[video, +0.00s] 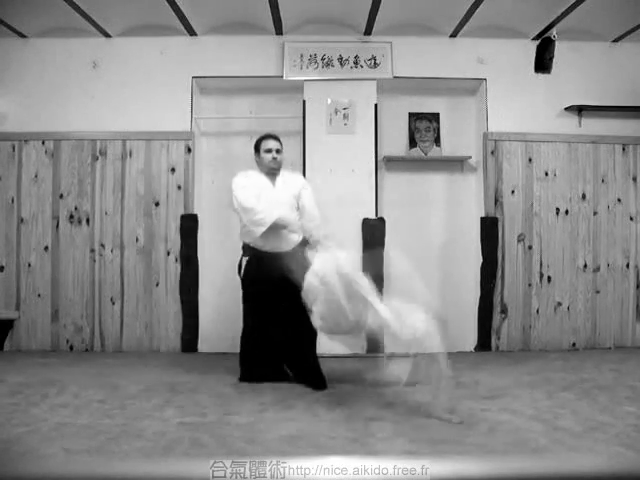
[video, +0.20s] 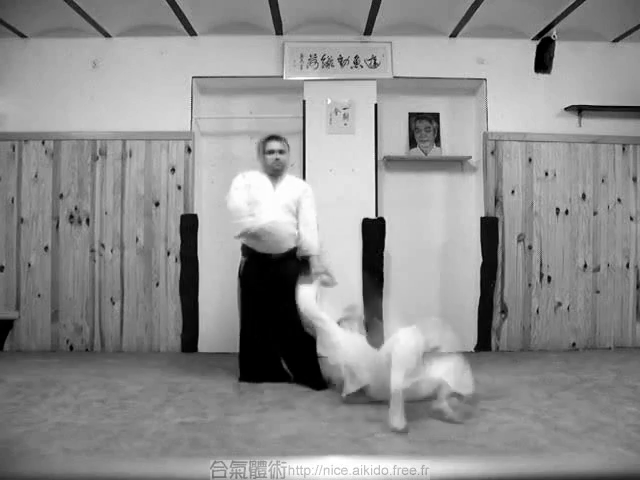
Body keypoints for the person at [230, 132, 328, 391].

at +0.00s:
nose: (274, 155)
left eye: (278, 151)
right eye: (268, 151)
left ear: (283, 155)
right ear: (257, 156)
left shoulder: (297, 182)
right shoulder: (244, 181)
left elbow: (312, 220)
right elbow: (255, 215)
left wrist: (315, 244)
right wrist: (291, 223)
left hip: (292, 258)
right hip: (259, 259)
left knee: (298, 320)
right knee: (259, 320)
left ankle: (308, 374)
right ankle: (258, 373)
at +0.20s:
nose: (276, 157)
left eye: (281, 152)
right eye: (270, 153)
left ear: (288, 156)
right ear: (262, 157)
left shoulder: (300, 188)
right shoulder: (246, 181)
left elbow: (308, 226)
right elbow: (236, 211)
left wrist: (313, 262)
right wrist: (259, 230)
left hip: (288, 260)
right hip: (255, 260)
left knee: (291, 318)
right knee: (256, 319)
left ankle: (307, 374)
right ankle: (256, 371)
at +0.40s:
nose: (283, 158)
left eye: (288, 154)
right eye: (278, 153)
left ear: (295, 158)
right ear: (269, 157)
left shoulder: (305, 191)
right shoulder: (248, 181)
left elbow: (312, 235)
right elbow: (226, 212)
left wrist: (319, 271)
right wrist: (225, 247)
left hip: (287, 264)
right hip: (252, 263)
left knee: (294, 324)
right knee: (253, 323)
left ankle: (308, 377)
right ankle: (256, 374)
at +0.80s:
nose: (270, 157)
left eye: (275, 153)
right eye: (264, 153)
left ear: (282, 156)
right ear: (255, 157)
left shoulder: (294, 188)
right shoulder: (237, 185)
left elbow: (307, 230)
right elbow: (222, 223)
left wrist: (318, 267)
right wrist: (215, 260)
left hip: (283, 263)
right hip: (249, 263)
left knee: (292, 322)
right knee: (250, 322)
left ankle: (307, 376)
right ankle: (254, 374)